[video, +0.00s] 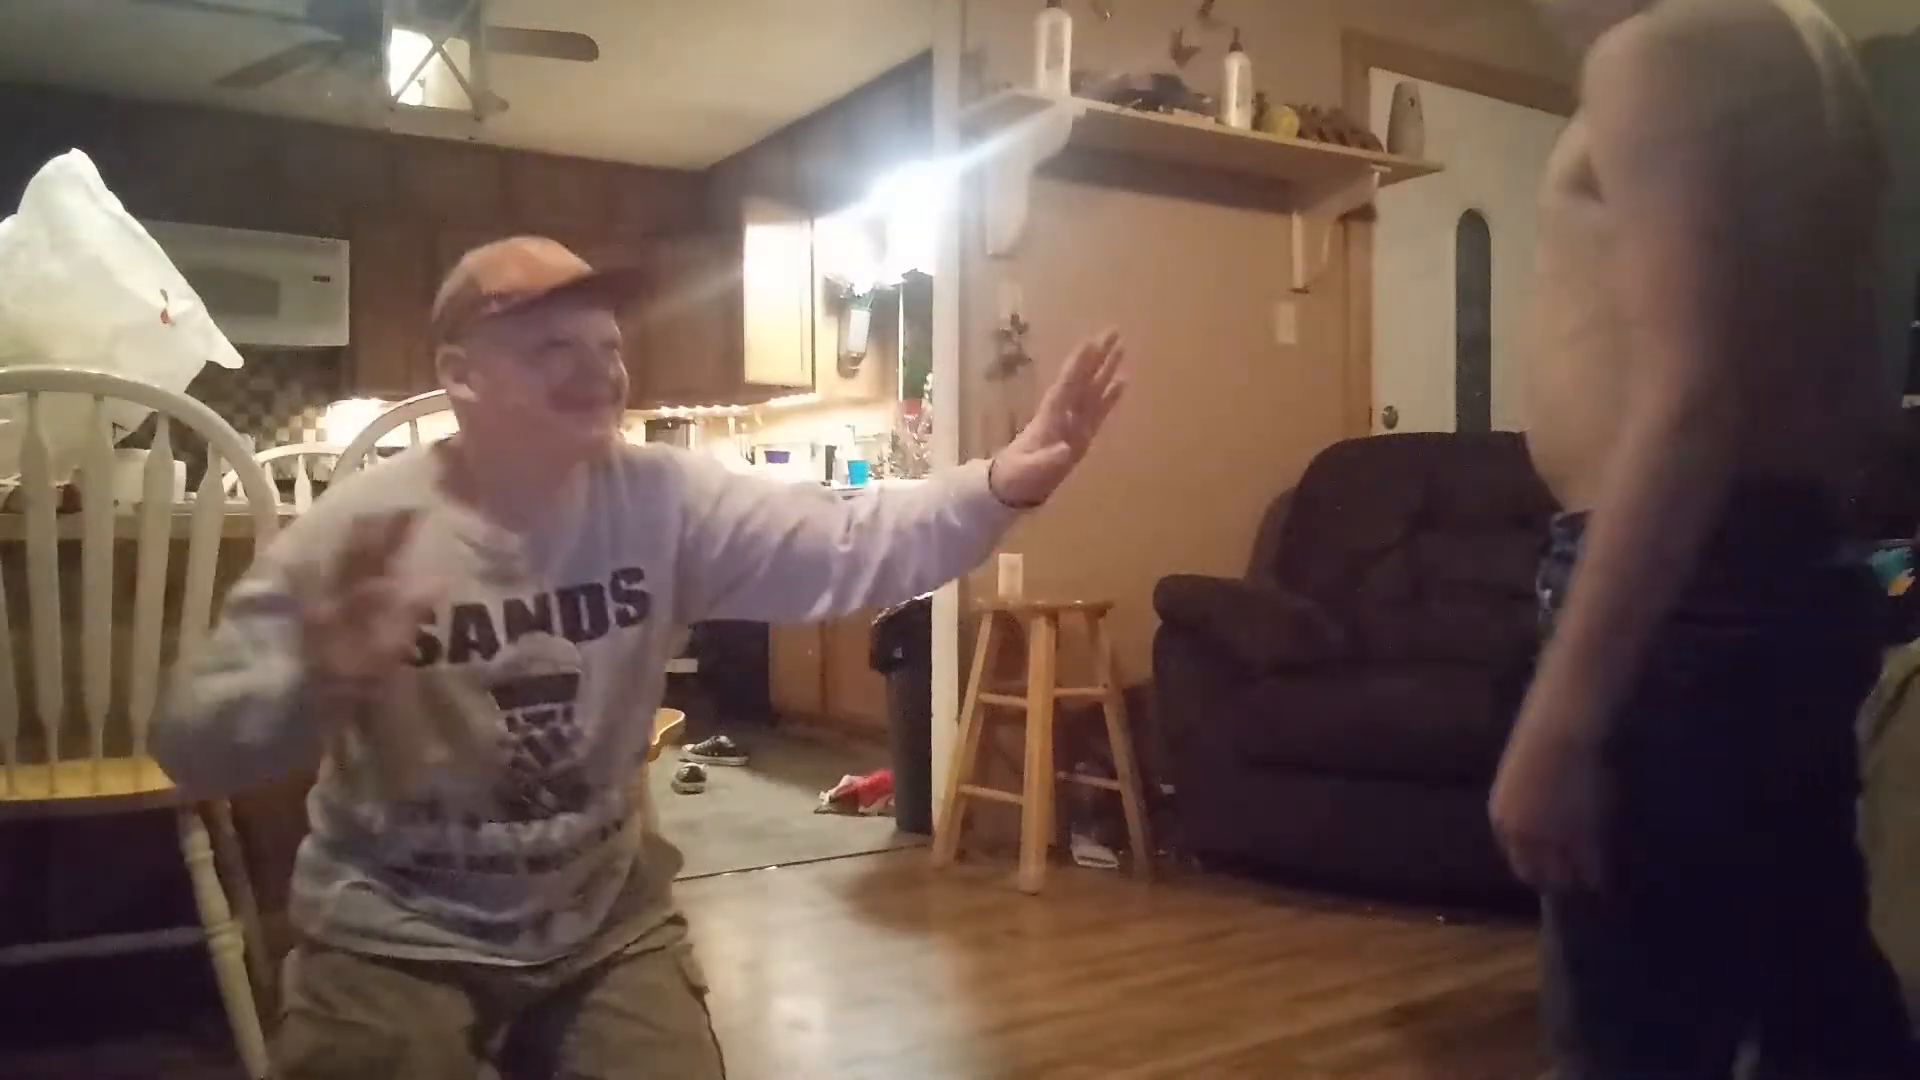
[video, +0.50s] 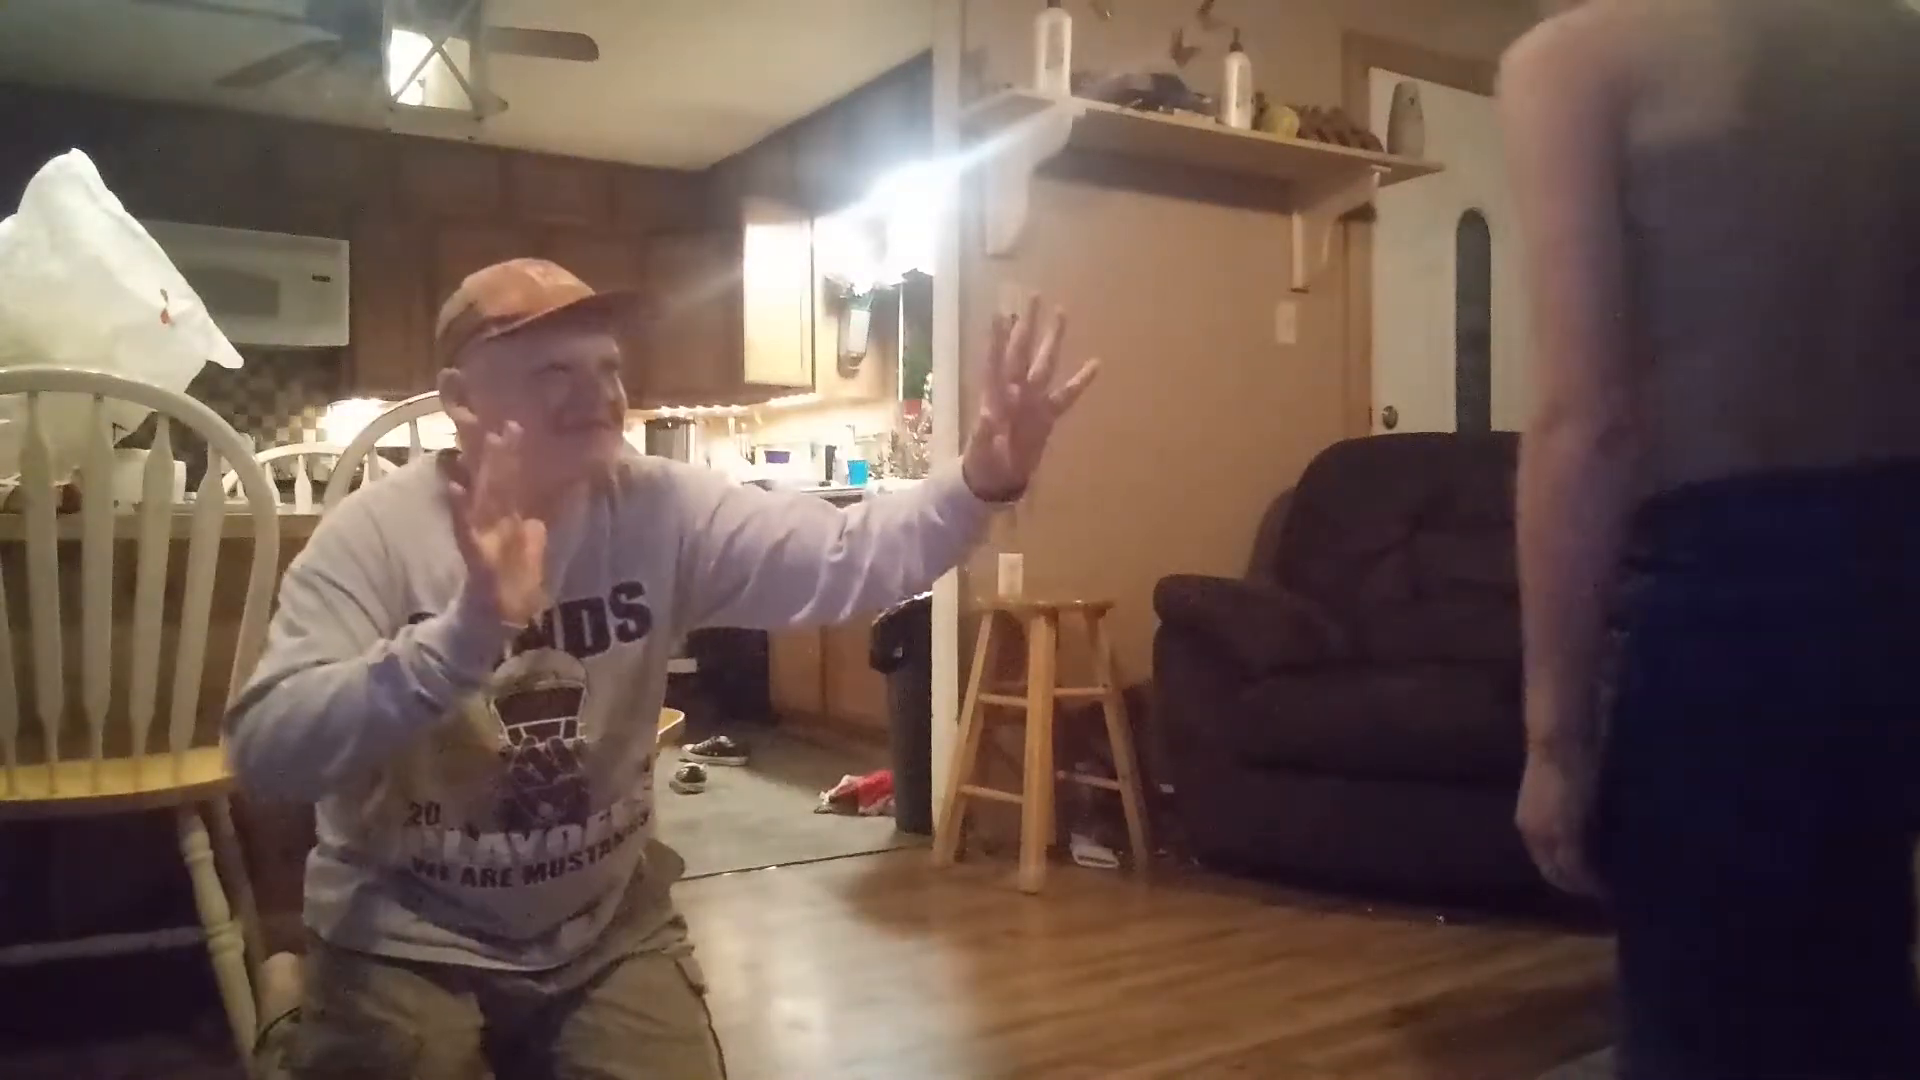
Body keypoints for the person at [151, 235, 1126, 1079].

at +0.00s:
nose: (598, 370)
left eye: (607, 343)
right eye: (557, 349)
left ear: (621, 351)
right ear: (465, 375)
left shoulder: (660, 498)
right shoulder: (356, 527)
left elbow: (844, 539)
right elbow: (192, 747)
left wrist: (1016, 476)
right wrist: (318, 675)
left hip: (604, 919)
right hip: (393, 932)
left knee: (676, 1066)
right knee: (364, 1067)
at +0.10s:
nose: (608, 389)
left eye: (615, 363)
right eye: (567, 371)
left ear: (626, 370)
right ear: (468, 402)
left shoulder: (663, 507)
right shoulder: (375, 538)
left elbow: (849, 548)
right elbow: (246, 764)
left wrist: (997, 486)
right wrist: (432, 665)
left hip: (616, 916)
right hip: (409, 925)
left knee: (670, 1069)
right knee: (408, 1066)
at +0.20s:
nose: (611, 400)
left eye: (619, 374)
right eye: (568, 380)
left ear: (633, 381)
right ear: (470, 409)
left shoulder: (664, 514)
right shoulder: (383, 541)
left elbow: (849, 548)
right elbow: (276, 771)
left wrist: (995, 482)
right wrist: (471, 653)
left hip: (612, 921)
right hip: (408, 927)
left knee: (674, 1067)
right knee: (402, 1067)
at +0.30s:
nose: (615, 406)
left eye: (623, 380)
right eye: (574, 386)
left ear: (638, 385)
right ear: (472, 413)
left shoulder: (670, 513)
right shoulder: (389, 538)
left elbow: (846, 550)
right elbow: (285, 768)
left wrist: (989, 485)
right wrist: (481, 651)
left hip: (610, 923)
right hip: (404, 928)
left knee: (673, 1068)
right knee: (401, 1067)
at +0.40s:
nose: (612, 402)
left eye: (619, 375)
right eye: (569, 383)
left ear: (635, 380)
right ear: (471, 411)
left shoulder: (665, 514)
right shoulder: (383, 536)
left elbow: (843, 554)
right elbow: (281, 763)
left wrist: (984, 489)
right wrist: (478, 647)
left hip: (610, 919)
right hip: (403, 927)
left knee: (672, 1066)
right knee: (402, 1066)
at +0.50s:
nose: (603, 401)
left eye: (611, 374)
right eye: (560, 379)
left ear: (625, 380)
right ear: (463, 405)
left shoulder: (662, 511)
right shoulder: (372, 535)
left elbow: (840, 554)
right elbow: (270, 750)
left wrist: (978, 487)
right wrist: (465, 636)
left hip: (608, 917)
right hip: (401, 923)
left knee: (665, 1065)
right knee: (386, 1062)